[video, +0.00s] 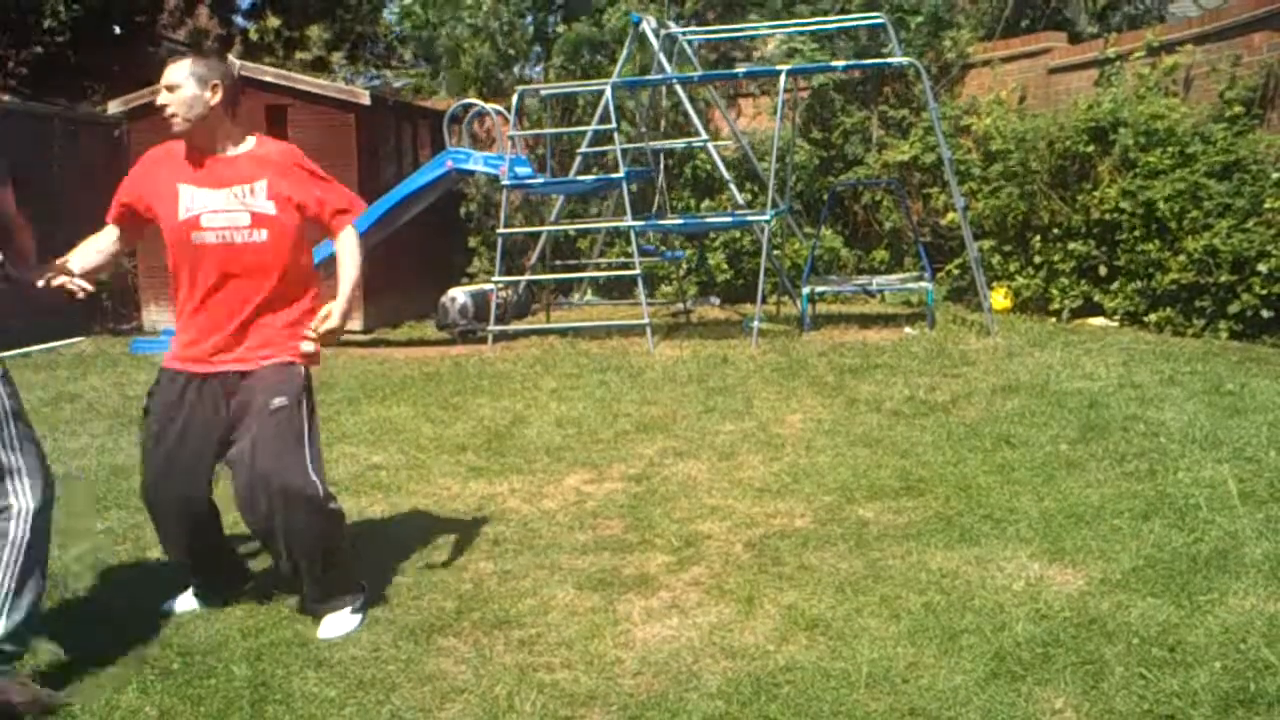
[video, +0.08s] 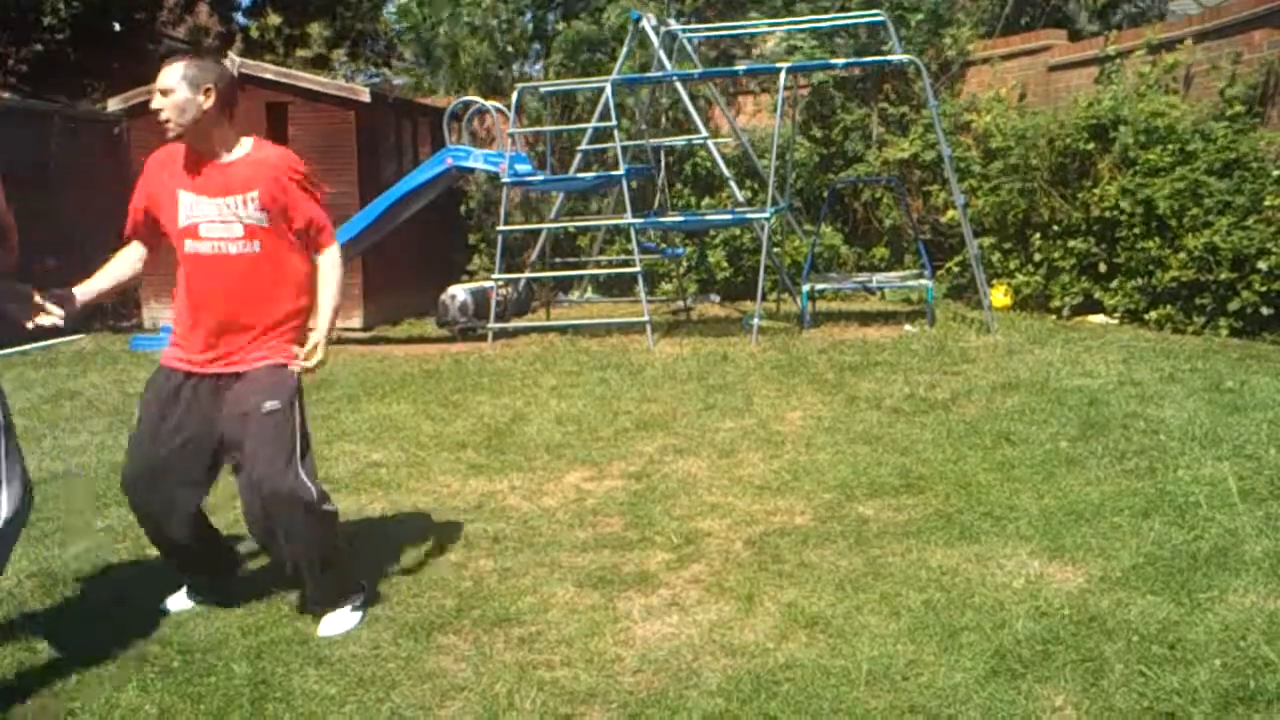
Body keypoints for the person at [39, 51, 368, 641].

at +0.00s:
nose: (161, 101)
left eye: (173, 89)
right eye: (161, 91)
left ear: (215, 94)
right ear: (201, 96)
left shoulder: (280, 160)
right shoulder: (157, 166)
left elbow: (345, 225)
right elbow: (116, 232)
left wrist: (343, 298)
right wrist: (69, 267)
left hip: (273, 355)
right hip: (191, 360)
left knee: (277, 480)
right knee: (167, 489)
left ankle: (337, 594)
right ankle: (217, 581)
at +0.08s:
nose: (157, 107)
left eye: (167, 95)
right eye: (156, 96)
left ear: (208, 97)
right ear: (196, 100)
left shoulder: (276, 168)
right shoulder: (161, 168)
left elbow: (328, 247)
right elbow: (137, 250)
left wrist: (321, 325)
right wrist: (76, 299)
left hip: (264, 358)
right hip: (188, 360)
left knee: (274, 487)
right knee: (149, 484)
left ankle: (339, 593)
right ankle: (214, 577)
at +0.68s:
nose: (146, 92)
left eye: (161, 83)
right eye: (141, 78)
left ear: (202, 87)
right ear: (135, 70)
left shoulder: (245, 171)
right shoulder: (114, 117)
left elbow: (288, 249)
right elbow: (17, 108)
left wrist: (268, 332)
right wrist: (45, 119)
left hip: (206, 353)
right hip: (118, 352)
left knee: (266, 474)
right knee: (104, 484)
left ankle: (330, 589)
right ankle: (106, 602)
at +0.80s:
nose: (186, 111)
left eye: (202, 102)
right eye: (180, 97)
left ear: (236, 109)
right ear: (171, 94)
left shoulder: (268, 182)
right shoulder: (140, 134)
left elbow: (322, 244)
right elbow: (47, 113)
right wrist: (15, 70)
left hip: (230, 367)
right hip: (139, 364)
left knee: (287, 474)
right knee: (111, 497)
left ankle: (347, 605)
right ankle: (103, 606)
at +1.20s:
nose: (232, 67)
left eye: (243, 53)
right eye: (227, 55)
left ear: (278, 54)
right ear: (230, 61)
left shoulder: (318, 114)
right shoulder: (263, 129)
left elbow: (330, 93)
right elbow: (296, 225)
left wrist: (289, 44)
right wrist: (271, 264)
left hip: (343, 338)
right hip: (296, 341)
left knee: (354, 482)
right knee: (273, 482)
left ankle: (492, 608)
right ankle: (322, 613)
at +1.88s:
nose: (509, 44)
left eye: (525, 31)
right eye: (509, 31)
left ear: (574, 42)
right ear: (537, 43)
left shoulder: (629, 110)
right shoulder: (523, 121)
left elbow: (704, 196)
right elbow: (491, 220)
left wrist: (641, 221)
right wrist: (436, 285)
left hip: (638, 358)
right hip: (567, 351)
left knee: (660, 531)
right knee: (542, 490)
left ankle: (723, 689)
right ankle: (527, 617)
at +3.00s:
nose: (1002, 73)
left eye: (1007, 54)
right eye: (998, 57)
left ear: (1057, 35)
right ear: (1065, 32)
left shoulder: (1091, 89)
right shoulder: (1141, 83)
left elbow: (1008, 209)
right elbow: (1048, 200)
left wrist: (970, 136)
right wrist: (985, 146)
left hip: (1130, 376)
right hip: (1207, 372)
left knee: (970, 524)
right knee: (1232, 579)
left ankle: (910, 702)